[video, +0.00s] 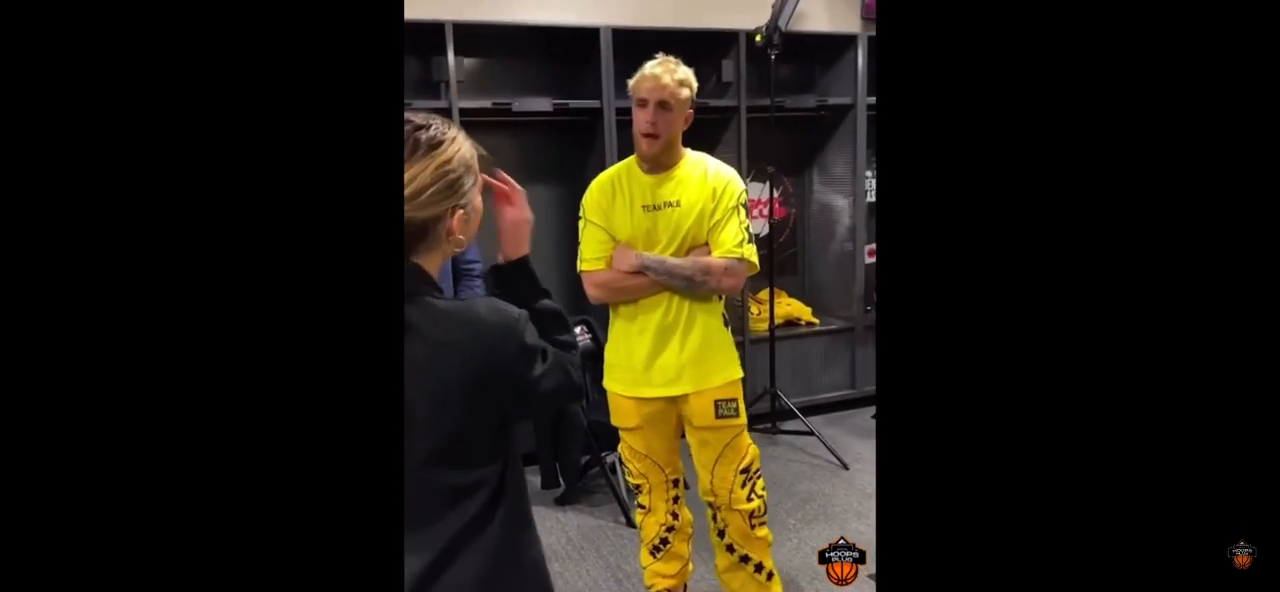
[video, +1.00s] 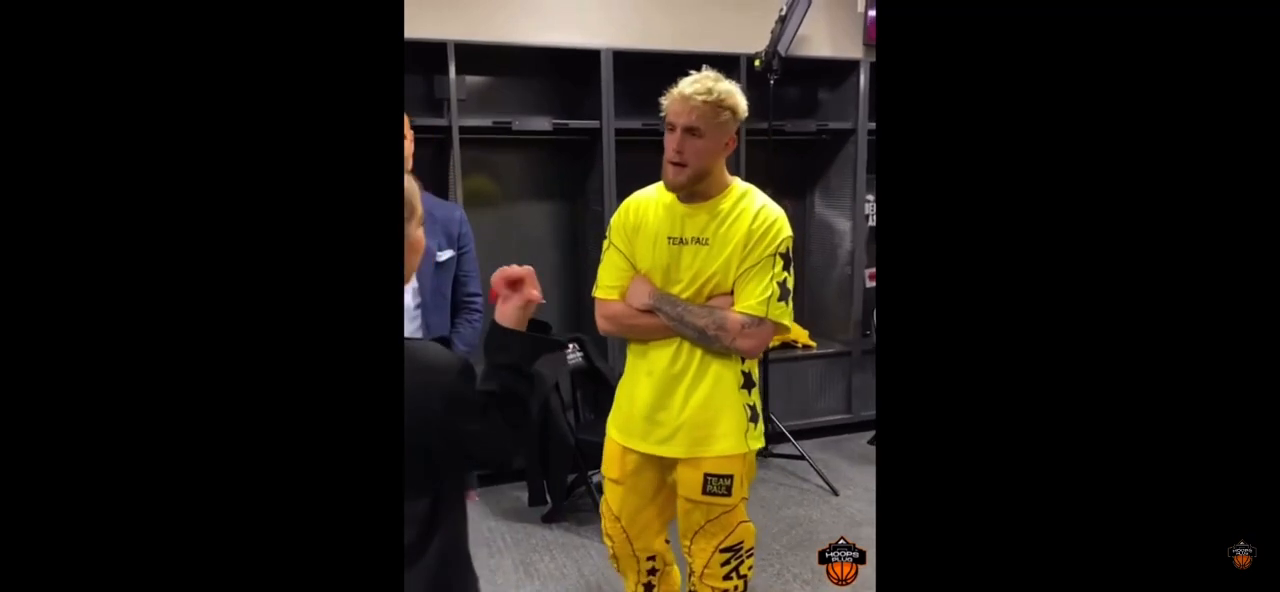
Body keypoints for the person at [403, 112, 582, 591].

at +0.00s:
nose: (480, 208)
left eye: (477, 194)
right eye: (476, 196)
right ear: (455, 222)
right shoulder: (488, 333)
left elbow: (564, 379)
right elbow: (566, 379)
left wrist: (516, 266)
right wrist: (517, 266)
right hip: (479, 572)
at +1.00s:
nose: (423, 239)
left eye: (421, 224)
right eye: (419, 224)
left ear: (418, 241)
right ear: (409, 242)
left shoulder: (433, 372)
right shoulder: (431, 374)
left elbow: (498, 442)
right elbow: (501, 443)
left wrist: (507, 329)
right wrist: (509, 330)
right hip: (435, 575)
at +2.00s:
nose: (504, 199)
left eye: (498, 186)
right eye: (497, 188)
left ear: (413, 208)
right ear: (475, 212)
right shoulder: (510, 325)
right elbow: (592, 378)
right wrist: (550, 276)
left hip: (417, 564)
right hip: (504, 566)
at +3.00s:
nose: (557, 196)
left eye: (554, 184)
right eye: (550, 186)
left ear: (459, 198)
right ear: (524, 203)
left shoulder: (422, 290)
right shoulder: (549, 301)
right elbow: (631, 334)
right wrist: (581, 246)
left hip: (455, 541)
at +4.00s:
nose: (541, 171)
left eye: (533, 160)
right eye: (534, 163)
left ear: (450, 192)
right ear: (521, 190)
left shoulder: (432, 277)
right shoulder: (556, 283)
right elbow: (628, 346)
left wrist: (582, 410)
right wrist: (591, 240)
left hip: (461, 519)